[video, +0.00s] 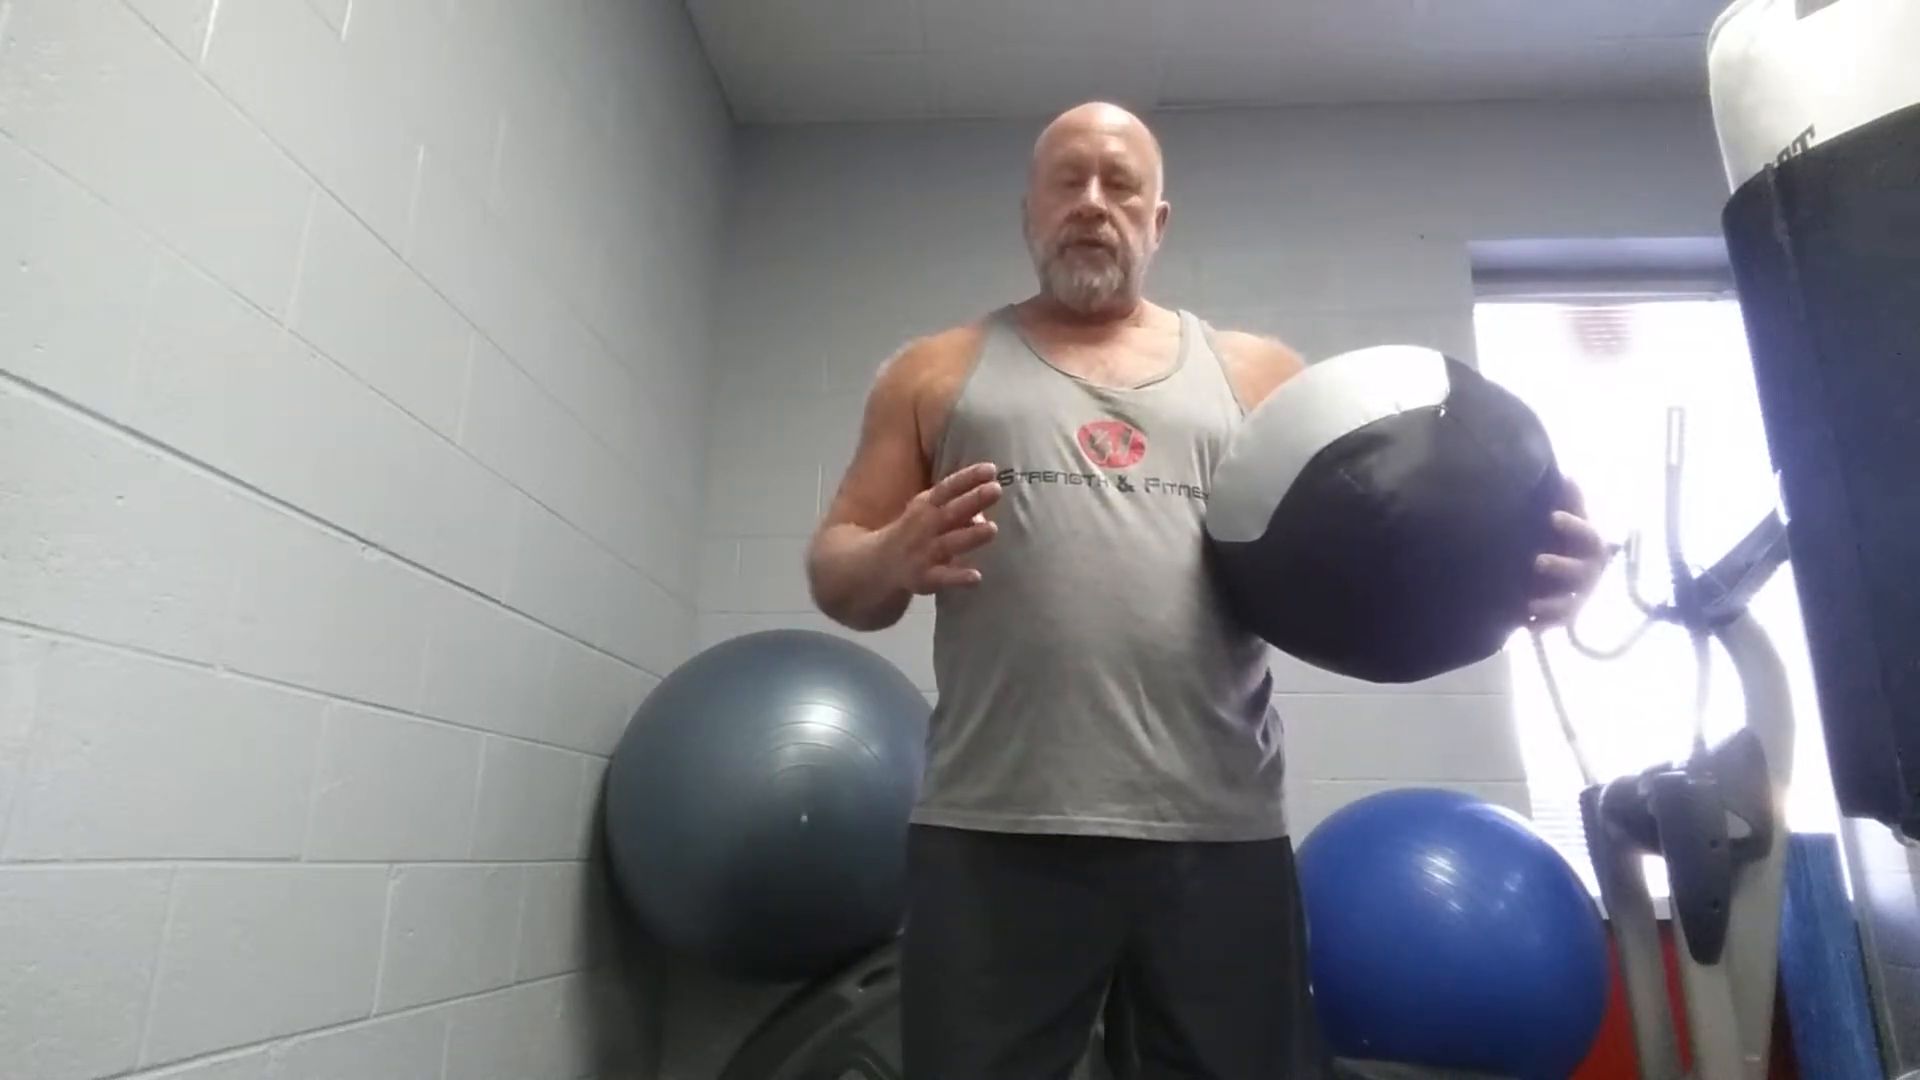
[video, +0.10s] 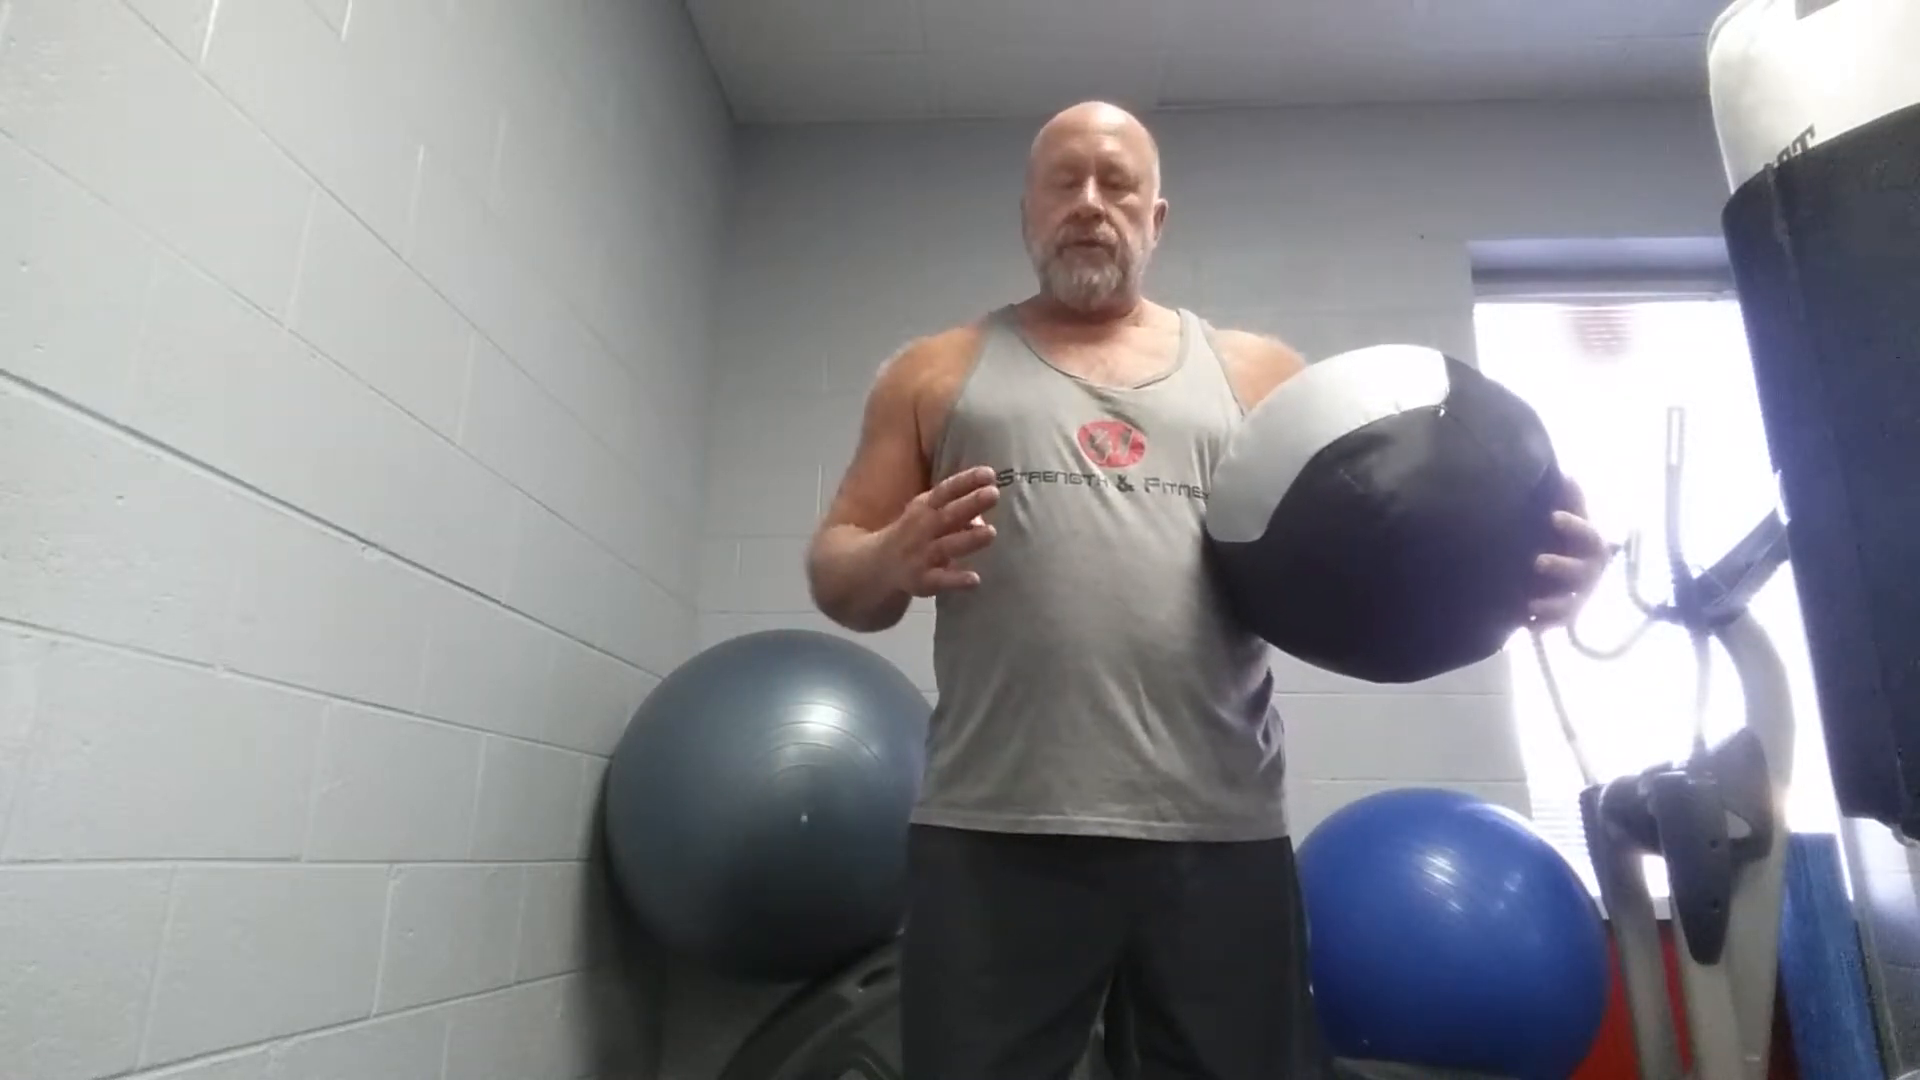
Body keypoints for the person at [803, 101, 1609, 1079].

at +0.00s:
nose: (1092, 203)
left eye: (1120, 184)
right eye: (1067, 179)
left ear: (1158, 216)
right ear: (1027, 208)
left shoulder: (1253, 371)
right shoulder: (932, 374)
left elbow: (1393, 532)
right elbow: (838, 583)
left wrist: (1539, 564)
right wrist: (890, 557)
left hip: (1218, 842)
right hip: (992, 840)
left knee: (1240, 1077)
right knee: (971, 1076)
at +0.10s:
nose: (1090, 204)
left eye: (1118, 184)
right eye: (1064, 180)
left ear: (1157, 214)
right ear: (1025, 209)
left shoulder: (1254, 371)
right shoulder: (932, 374)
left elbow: (1392, 532)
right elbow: (837, 584)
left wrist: (1540, 563)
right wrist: (886, 560)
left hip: (1219, 842)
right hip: (992, 840)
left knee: (1239, 1078)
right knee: (971, 1076)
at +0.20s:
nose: (1084, 203)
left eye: (1111, 182)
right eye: (1058, 182)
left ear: (1154, 213)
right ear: (1019, 212)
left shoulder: (1254, 370)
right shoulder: (932, 376)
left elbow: (1391, 532)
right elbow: (835, 582)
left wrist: (1541, 563)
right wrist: (890, 567)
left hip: (1219, 841)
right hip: (992, 839)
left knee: (1238, 1078)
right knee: (972, 1076)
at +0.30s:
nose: (1078, 203)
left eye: (1105, 181)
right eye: (1051, 182)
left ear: (1150, 211)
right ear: (1014, 216)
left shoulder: (1254, 369)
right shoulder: (932, 377)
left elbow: (1392, 529)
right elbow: (833, 572)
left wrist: (1542, 561)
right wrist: (886, 585)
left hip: (1220, 842)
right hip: (993, 841)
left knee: (1244, 1078)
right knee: (974, 1075)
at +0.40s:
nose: (1067, 203)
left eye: (1094, 180)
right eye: (1041, 184)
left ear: (1143, 209)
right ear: (1008, 217)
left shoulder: (1252, 366)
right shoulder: (930, 380)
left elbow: (1393, 527)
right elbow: (833, 577)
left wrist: (1545, 559)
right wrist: (883, 584)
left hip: (1220, 845)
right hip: (993, 844)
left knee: (1246, 1077)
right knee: (973, 1076)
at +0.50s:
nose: (1057, 205)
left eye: (1085, 181)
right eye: (1030, 186)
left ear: (1135, 208)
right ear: (1000, 218)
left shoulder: (1249, 365)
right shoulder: (924, 385)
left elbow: (1390, 530)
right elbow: (846, 608)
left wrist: (1543, 556)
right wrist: (893, 547)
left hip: (1223, 847)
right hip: (995, 846)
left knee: (1247, 1078)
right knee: (975, 1076)